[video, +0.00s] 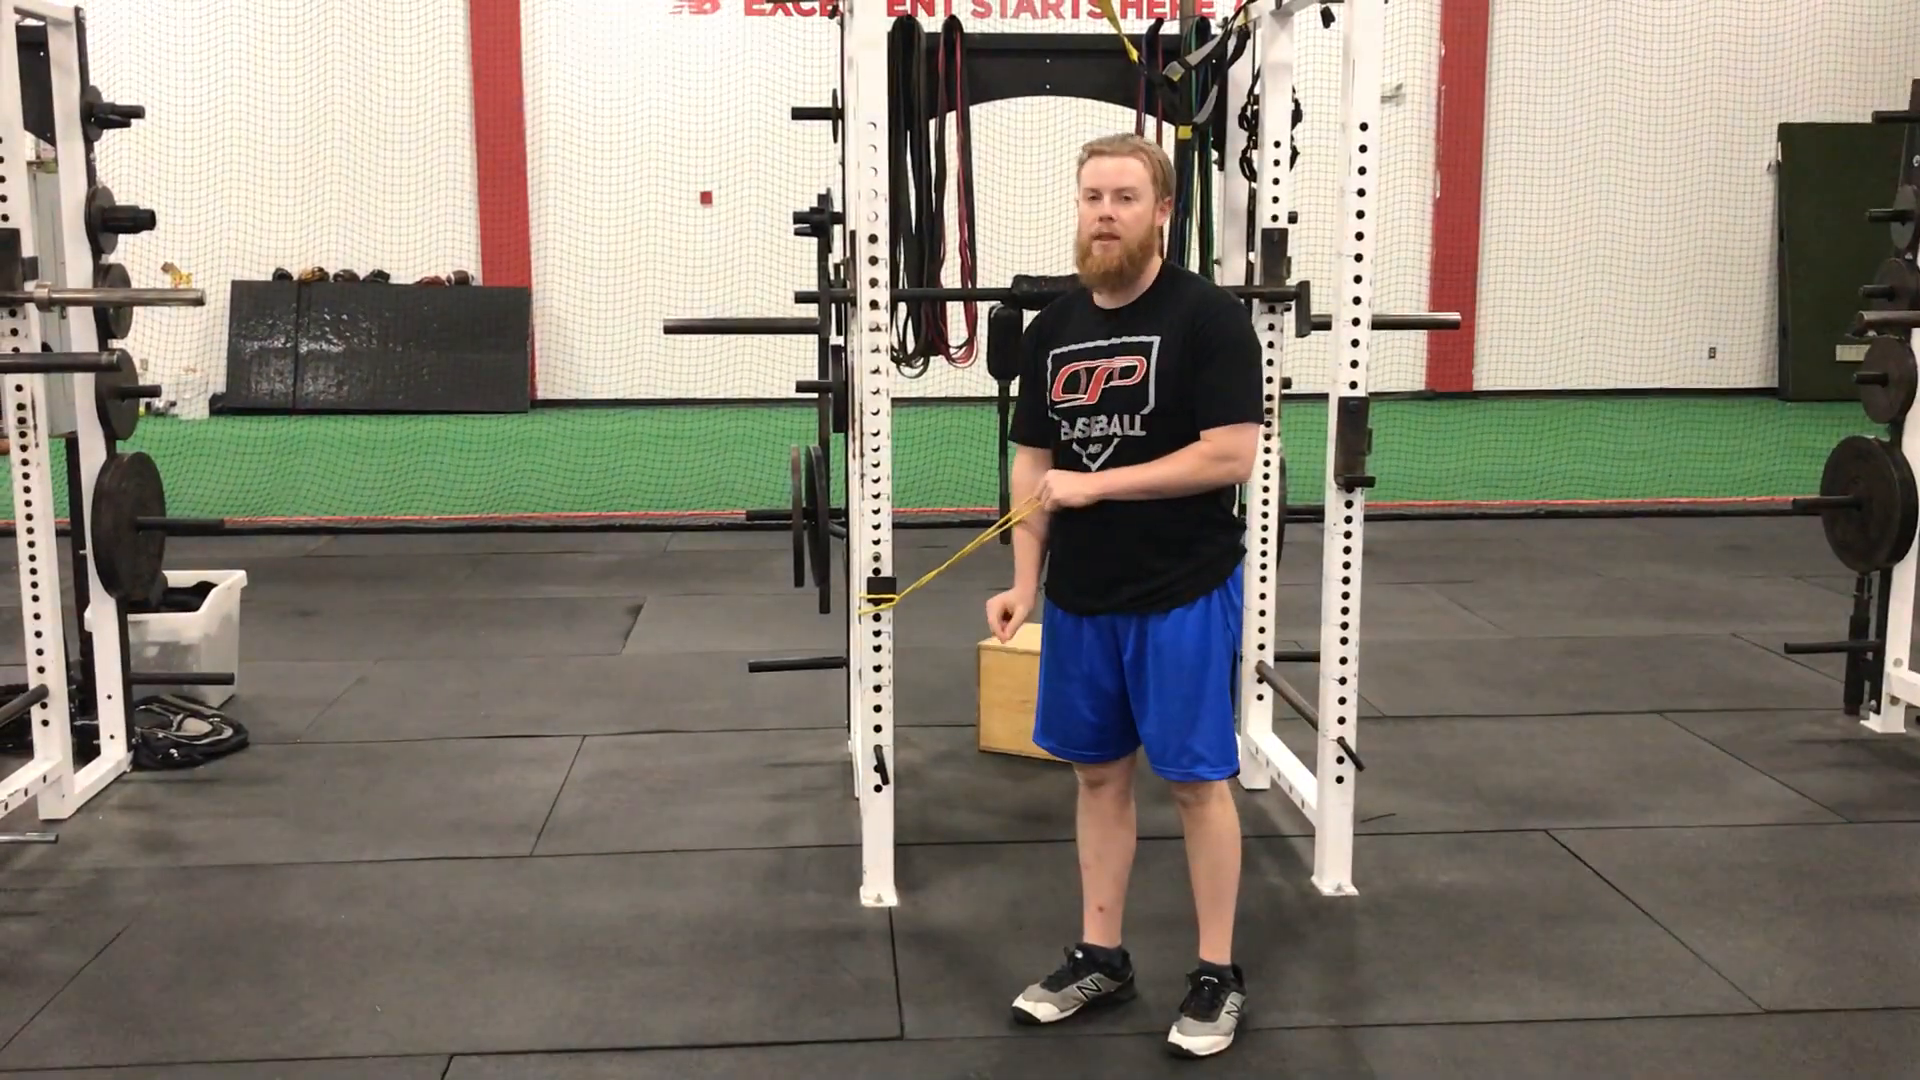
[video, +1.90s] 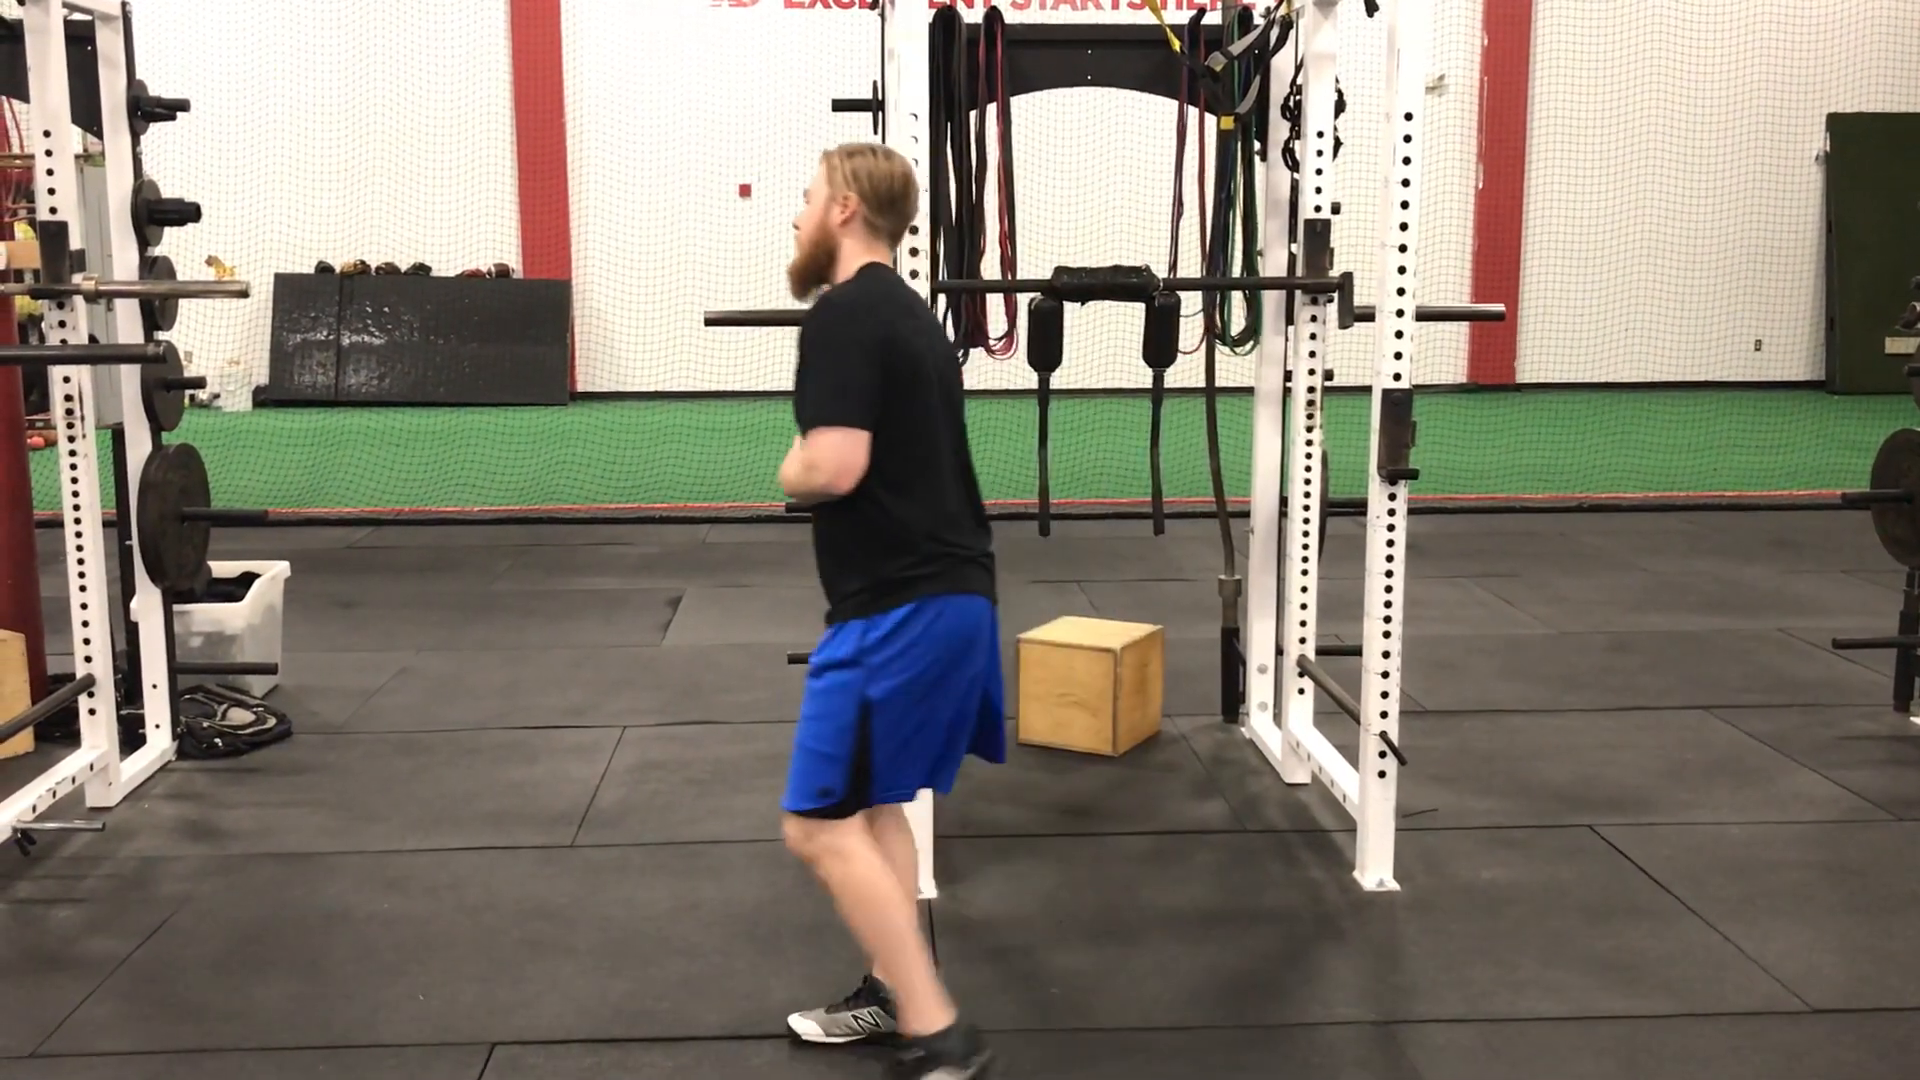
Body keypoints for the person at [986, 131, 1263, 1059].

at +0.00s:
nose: (1103, 212)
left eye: (1123, 197)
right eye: (1091, 196)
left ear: (1162, 212)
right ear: (1075, 210)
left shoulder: (1210, 318)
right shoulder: (1053, 326)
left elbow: (1234, 454)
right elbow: (1031, 458)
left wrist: (1096, 483)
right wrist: (1026, 578)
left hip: (1186, 596)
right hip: (1080, 596)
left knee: (1199, 779)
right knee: (1098, 774)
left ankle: (1215, 974)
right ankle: (1100, 958)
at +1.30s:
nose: (1054, 244)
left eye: (1066, 224)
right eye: (1054, 226)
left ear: (1124, 228)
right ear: (1114, 230)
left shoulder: (1190, 344)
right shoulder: (1092, 333)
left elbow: (1198, 498)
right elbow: (1111, 468)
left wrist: (1067, 521)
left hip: (1171, 623)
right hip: (1072, 610)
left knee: (1205, 807)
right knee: (997, 761)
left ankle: (1248, 974)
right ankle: (964, 975)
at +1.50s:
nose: (951, 257)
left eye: (963, 237)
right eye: (953, 238)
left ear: (1019, 243)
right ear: (1018, 245)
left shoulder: (1078, 352)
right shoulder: (1015, 351)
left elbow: (1090, 505)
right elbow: (1051, 467)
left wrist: (963, 537)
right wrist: (1009, 432)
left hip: (1094, 642)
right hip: (996, 630)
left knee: (1148, 818)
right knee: (917, 781)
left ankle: (1244, 964)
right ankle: (898, 993)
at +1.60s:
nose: (899, 250)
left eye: (910, 231)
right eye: (901, 231)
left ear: (959, 236)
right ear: (966, 239)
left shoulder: (1012, 342)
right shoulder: (975, 341)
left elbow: (1014, 495)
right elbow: (1008, 450)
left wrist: (914, 530)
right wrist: (945, 428)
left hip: (1034, 638)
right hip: (949, 626)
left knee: (1072, 837)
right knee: (881, 782)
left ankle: (1218, 943)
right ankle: (895, 995)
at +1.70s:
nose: (852, 236)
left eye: (864, 216)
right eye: (857, 218)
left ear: (913, 226)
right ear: (925, 230)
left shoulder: (957, 328)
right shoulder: (932, 328)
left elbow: (949, 481)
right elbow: (951, 477)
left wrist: (861, 500)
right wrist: (884, 499)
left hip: (988, 626)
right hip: (920, 618)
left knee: (976, 841)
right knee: (870, 783)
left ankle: (1150, 929)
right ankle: (895, 993)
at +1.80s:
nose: (822, 222)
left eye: (834, 205)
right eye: (828, 205)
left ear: (873, 216)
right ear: (894, 220)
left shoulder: (903, 317)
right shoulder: (909, 311)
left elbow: (892, 472)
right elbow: (909, 466)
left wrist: (823, 477)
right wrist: (848, 470)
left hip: (946, 608)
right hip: (914, 604)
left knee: (888, 823)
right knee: (860, 788)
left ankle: (1054, 973)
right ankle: (898, 995)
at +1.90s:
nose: (797, 212)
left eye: (807, 195)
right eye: (804, 194)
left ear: (841, 208)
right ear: (873, 216)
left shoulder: (846, 311)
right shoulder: (911, 312)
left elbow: (836, 464)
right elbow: (911, 459)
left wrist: (793, 475)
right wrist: (817, 472)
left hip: (897, 607)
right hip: (947, 599)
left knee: (815, 824)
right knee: (876, 802)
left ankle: (936, 1031)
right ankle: (896, 991)